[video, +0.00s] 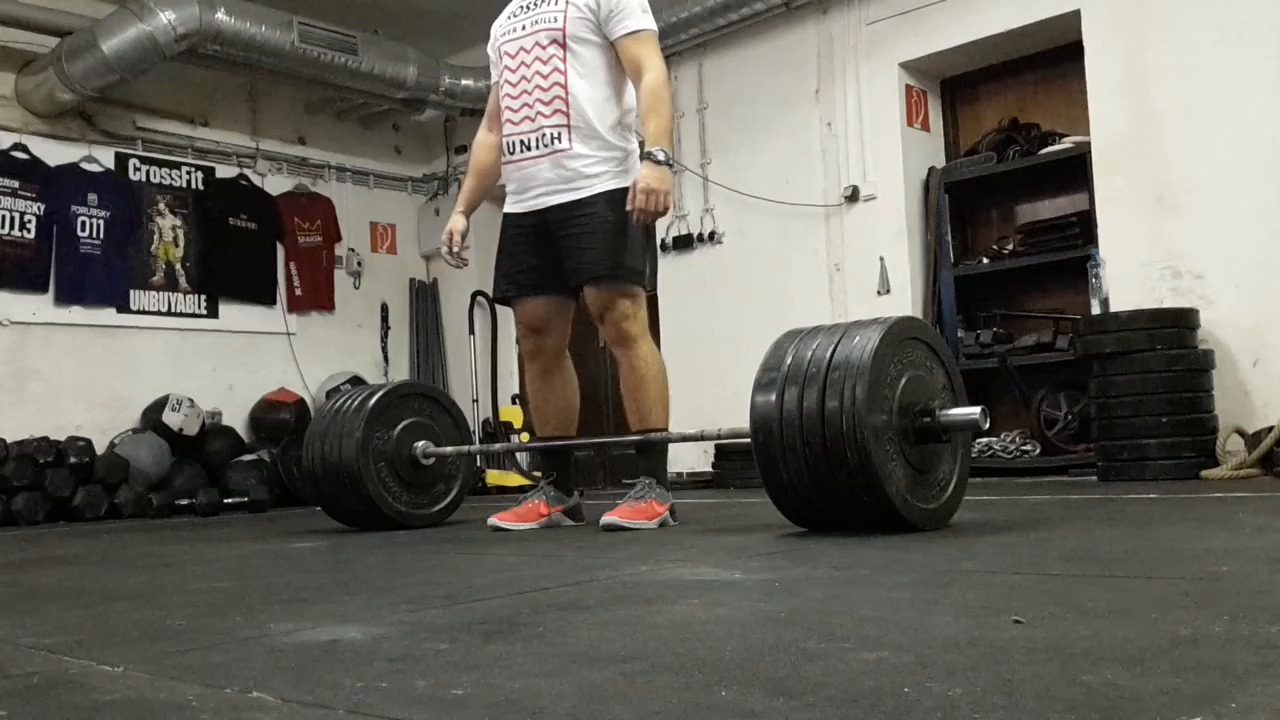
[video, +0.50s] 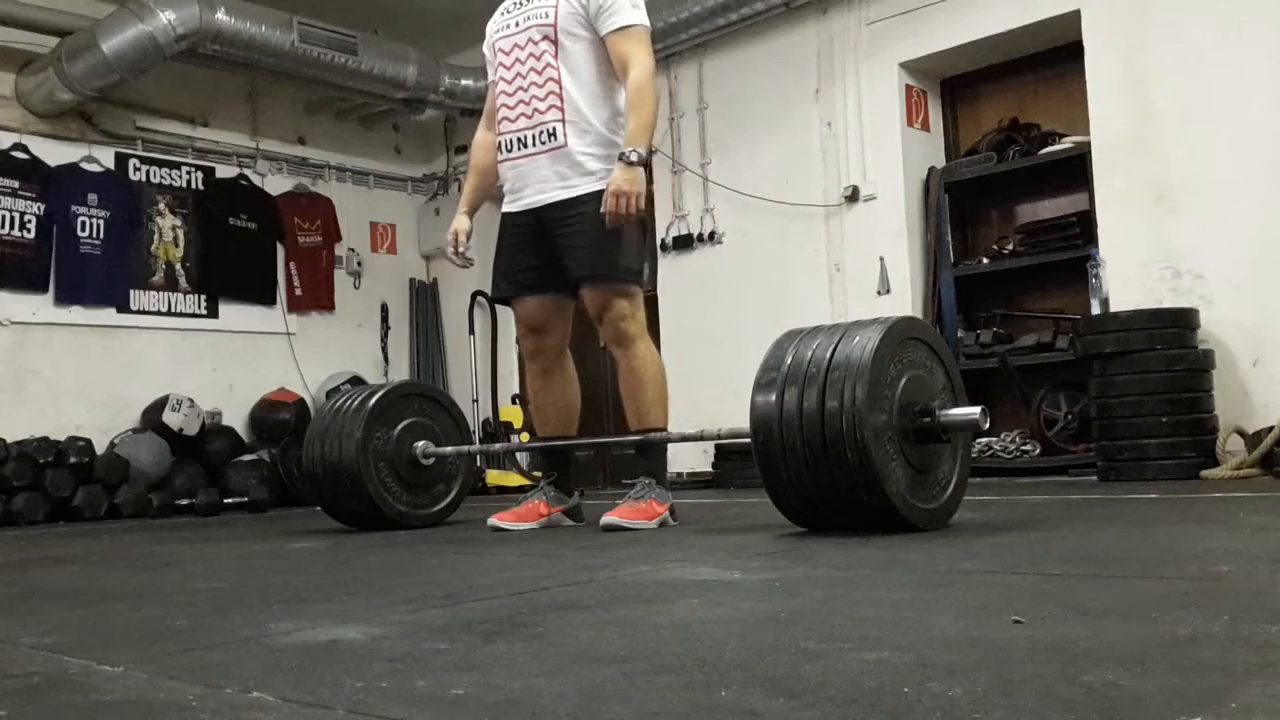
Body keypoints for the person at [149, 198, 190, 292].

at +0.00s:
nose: (163, 211)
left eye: (164, 209)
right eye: (161, 210)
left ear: (167, 208)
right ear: (159, 210)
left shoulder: (174, 220)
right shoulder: (158, 220)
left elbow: (180, 236)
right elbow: (156, 234)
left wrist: (180, 249)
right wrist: (155, 245)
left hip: (172, 243)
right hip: (161, 243)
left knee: (177, 265)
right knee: (159, 262)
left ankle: (183, 283)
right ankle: (159, 277)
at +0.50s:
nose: (162, 211)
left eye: (164, 209)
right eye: (161, 209)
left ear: (167, 208)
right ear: (159, 210)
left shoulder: (174, 220)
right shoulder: (158, 220)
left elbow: (180, 236)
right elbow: (157, 234)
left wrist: (180, 249)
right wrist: (155, 245)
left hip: (171, 244)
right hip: (161, 243)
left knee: (177, 265)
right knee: (159, 262)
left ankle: (183, 283)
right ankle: (159, 277)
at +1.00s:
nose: (162, 211)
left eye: (164, 209)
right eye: (160, 209)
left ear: (167, 208)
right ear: (159, 210)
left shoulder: (174, 220)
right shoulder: (158, 220)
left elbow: (180, 236)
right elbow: (156, 234)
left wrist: (180, 249)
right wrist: (155, 245)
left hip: (172, 244)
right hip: (161, 243)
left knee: (177, 265)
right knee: (159, 262)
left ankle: (183, 283)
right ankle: (159, 277)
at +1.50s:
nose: (162, 211)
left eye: (164, 209)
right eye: (160, 210)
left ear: (167, 208)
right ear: (159, 210)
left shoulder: (174, 220)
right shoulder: (158, 220)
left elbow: (180, 235)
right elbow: (156, 234)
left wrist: (180, 249)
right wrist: (154, 245)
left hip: (172, 243)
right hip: (161, 243)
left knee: (177, 265)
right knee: (159, 262)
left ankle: (183, 283)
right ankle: (159, 277)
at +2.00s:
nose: (162, 211)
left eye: (164, 209)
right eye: (160, 210)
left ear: (168, 208)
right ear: (159, 210)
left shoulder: (175, 220)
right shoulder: (158, 220)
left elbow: (180, 235)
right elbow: (156, 234)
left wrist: (180, 249)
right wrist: (155, 245)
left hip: (172, 243)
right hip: (162, 243)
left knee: (177, 265)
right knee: (159, 262)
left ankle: (183, 283)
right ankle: (159, 277)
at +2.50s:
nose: (161, 211)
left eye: (163, 209)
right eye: (159, 209)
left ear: (167, 208)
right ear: (158, 210)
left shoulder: (174, 220)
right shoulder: (157, 220)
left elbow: (180, 235)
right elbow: (155, 234)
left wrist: (179, 248)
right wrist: (154, 245)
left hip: (171, 243)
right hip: (160, 243)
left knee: (176, 265)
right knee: (159, 261)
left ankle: (182, 283)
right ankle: (158, 277)